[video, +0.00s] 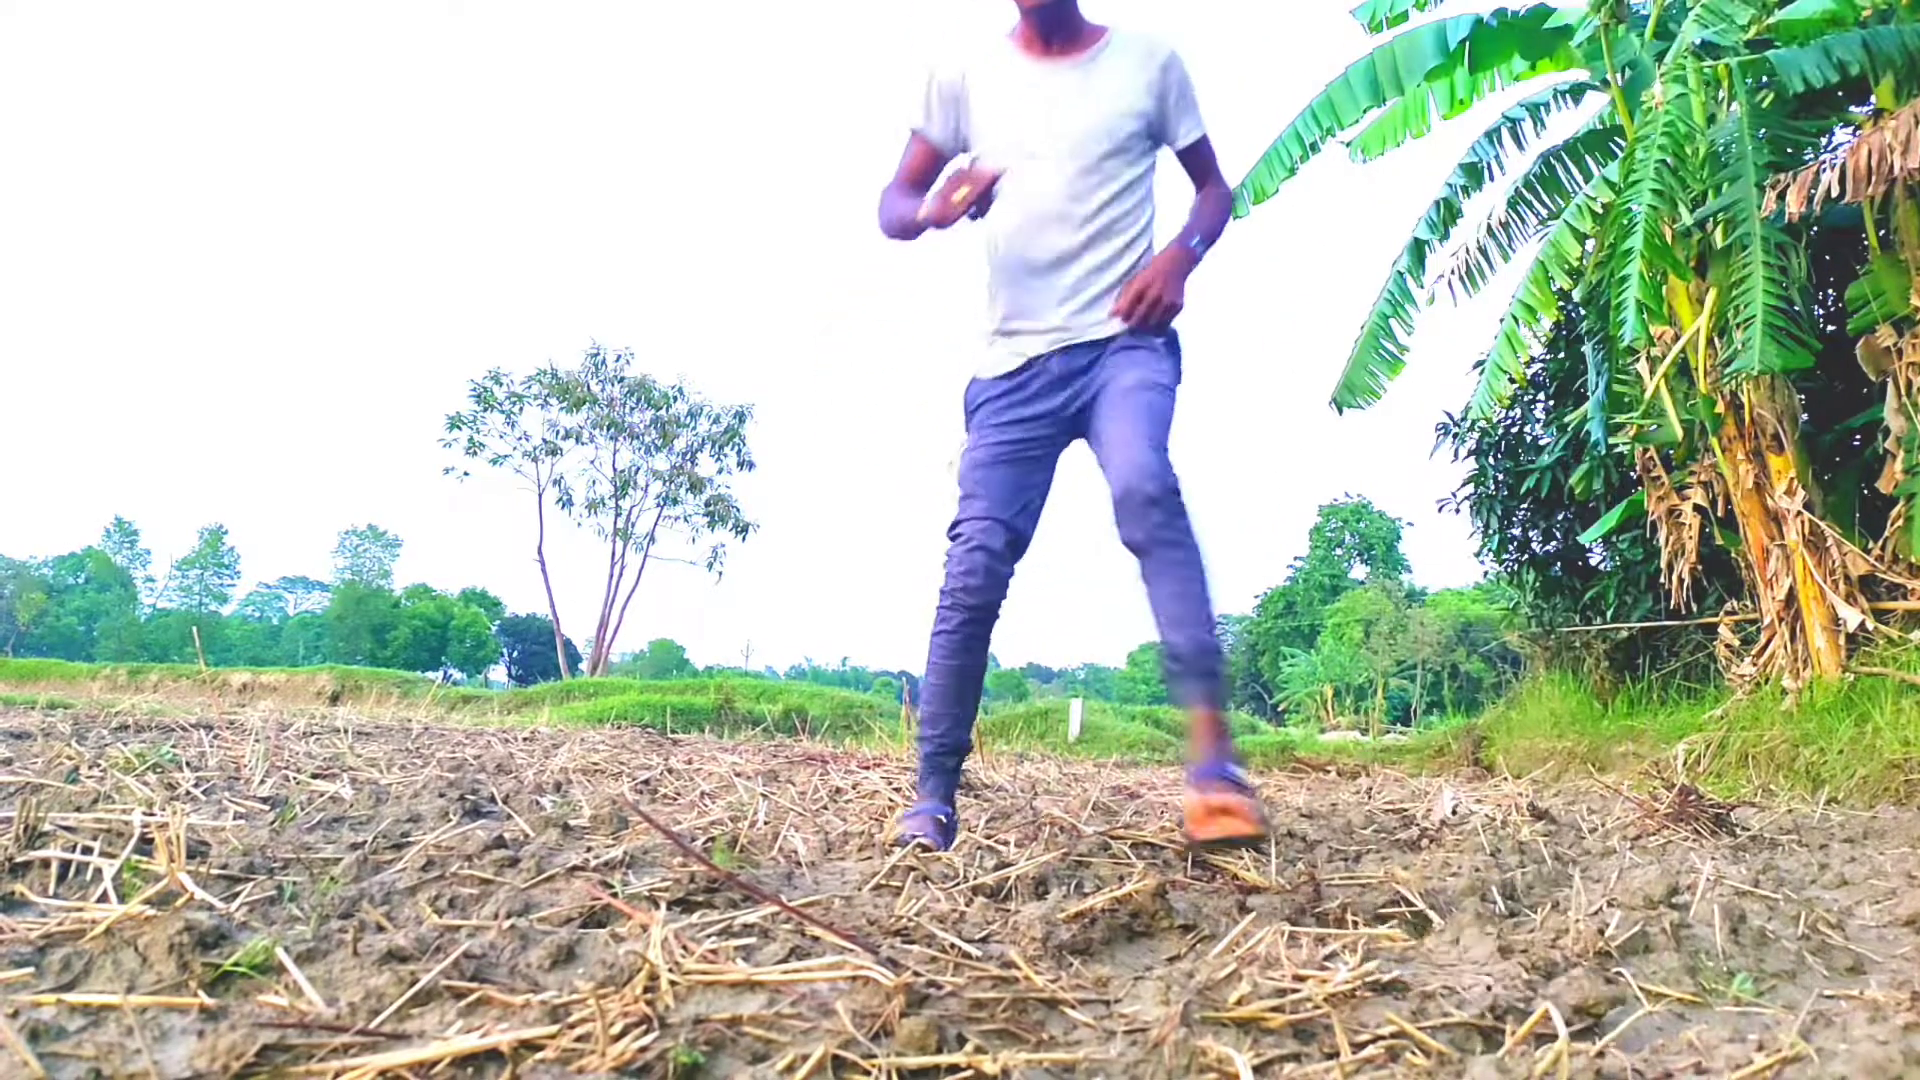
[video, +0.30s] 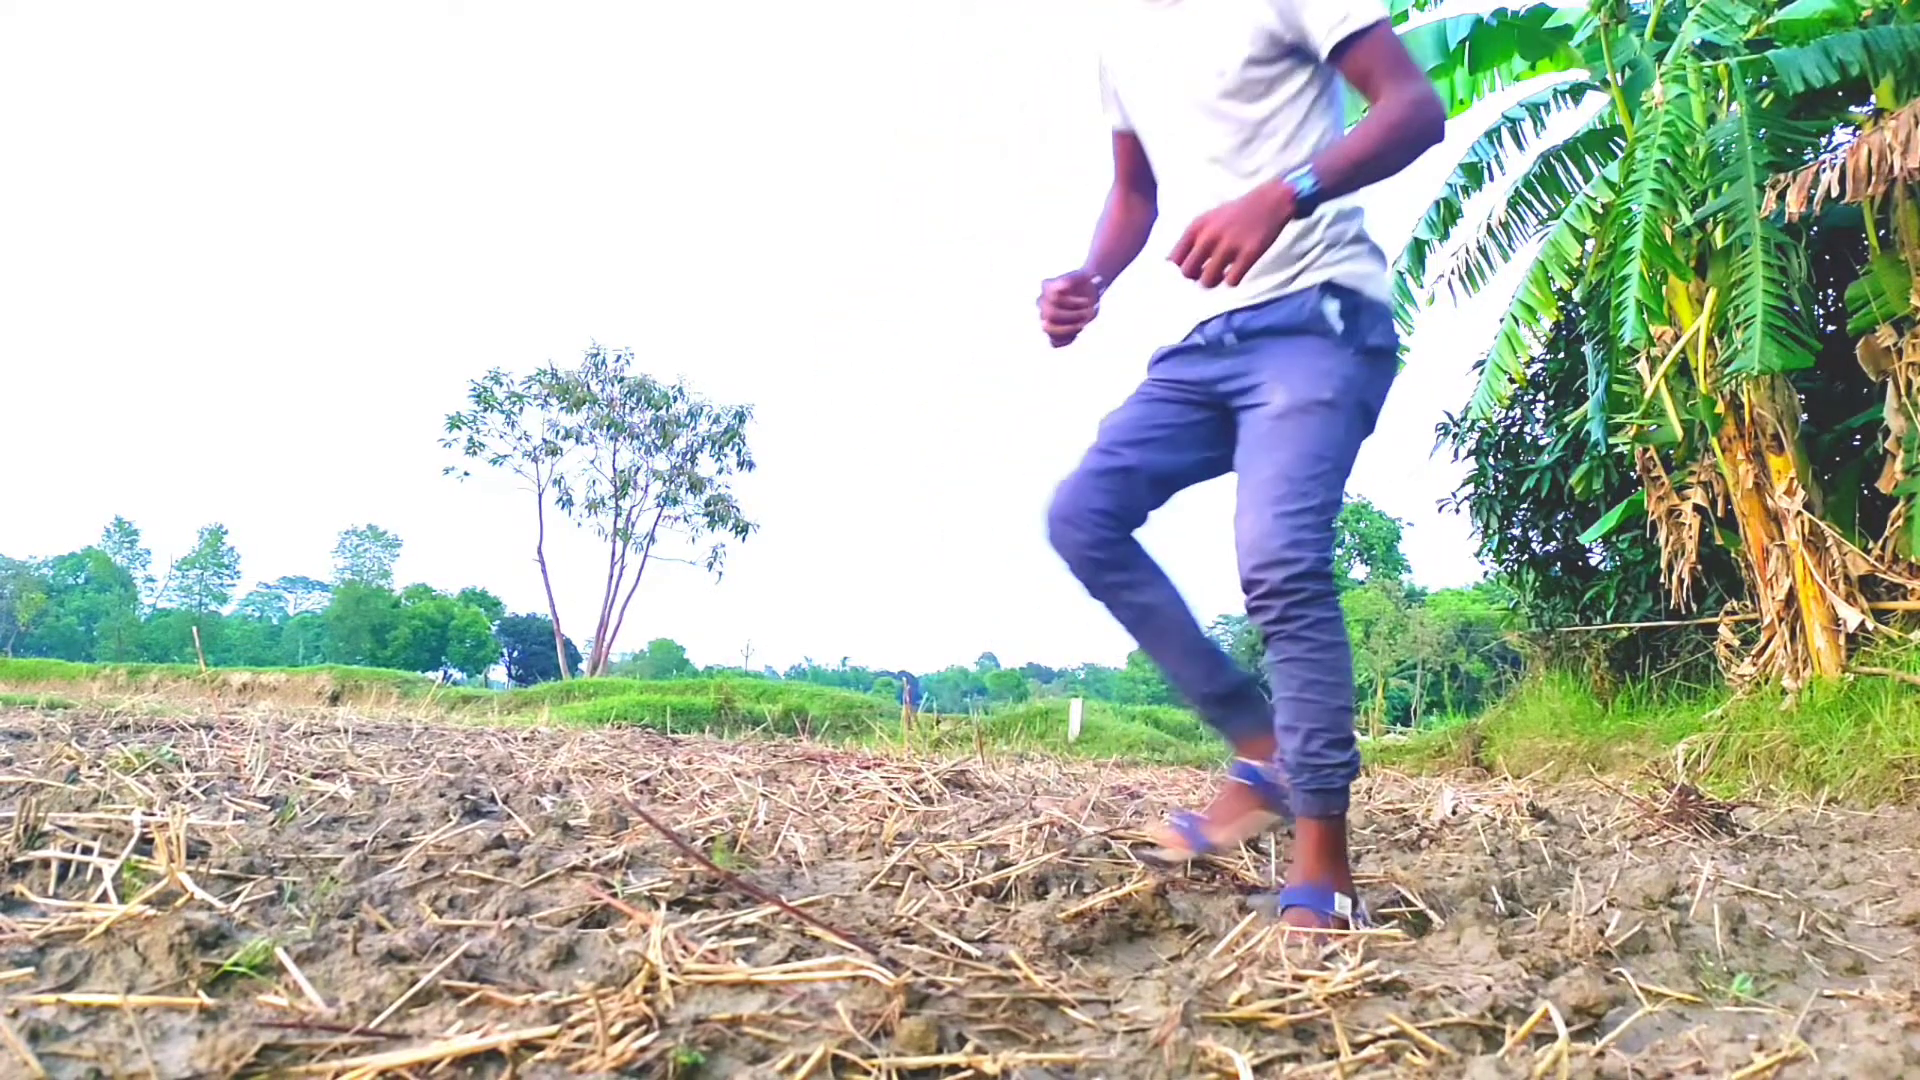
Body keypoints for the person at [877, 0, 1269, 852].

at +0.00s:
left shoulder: (1148, 64)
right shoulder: (963, 78)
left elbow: (1215, 191)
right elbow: (894, 210)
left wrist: (1178, 257)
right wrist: (931, 212)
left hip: (1125, 343)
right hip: (1015, 366)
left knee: (1145, 492)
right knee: (974, 568)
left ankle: (1212, 758)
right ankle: (933, 801)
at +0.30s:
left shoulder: (1291, 7)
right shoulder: (1119, 39)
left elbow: (1415, 108)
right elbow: (1134, 188)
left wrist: (1281, 195)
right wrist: (1094, 276)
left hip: (1317, 316)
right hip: (1208, 340)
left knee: (1281, 564)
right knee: (1082, 518)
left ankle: (1320, 871)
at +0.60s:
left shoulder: (1389, 5)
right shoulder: (1199, 32)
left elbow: (1515, 62)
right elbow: (1198, 203)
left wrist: (1386, 194)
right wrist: (1156, 321)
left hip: (1460, 248)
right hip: (1394, 278)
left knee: (1272, 444)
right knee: (1300, 586)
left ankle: (1426, 778)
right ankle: (1385, 846)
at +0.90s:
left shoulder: (1450, 6)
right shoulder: (1289, 25)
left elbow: (1492, 127)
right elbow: (1311, 216)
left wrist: (1387, 361)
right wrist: (1252, 407)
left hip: (1587, 247)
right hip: (1468, 280)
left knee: (1408, 535)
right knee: (1277, 521)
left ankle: (1579, 910)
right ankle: (1431, 826)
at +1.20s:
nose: (1186, 140)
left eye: (1190, 91)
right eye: (1153, 129)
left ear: (1257, 40)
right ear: (1147, 149)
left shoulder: (1408, 103)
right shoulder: (1267, 230)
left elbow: (1321, 392)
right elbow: (1231, 436)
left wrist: (1187, 614)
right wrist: (1142, 621)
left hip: (1714, 346)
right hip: (1583, 374)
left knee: (1438, 541)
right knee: (1332, 531)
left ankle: (1603, 924)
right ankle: (1471, 875)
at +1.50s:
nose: (1180, 361)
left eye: (1193, 313)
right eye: (1147, 346)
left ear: (1269, 283)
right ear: (1138, 369)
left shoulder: (1371, 398)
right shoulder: (1254, 466)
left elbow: (1196, 655)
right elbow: (1189, 649)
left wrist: (1028, 806)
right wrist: (1037, 798)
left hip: (1661, 712)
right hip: (1553, 731)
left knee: (1354, 576)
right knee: (1247, 603)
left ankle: (1560, 893)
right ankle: (1456, 873)